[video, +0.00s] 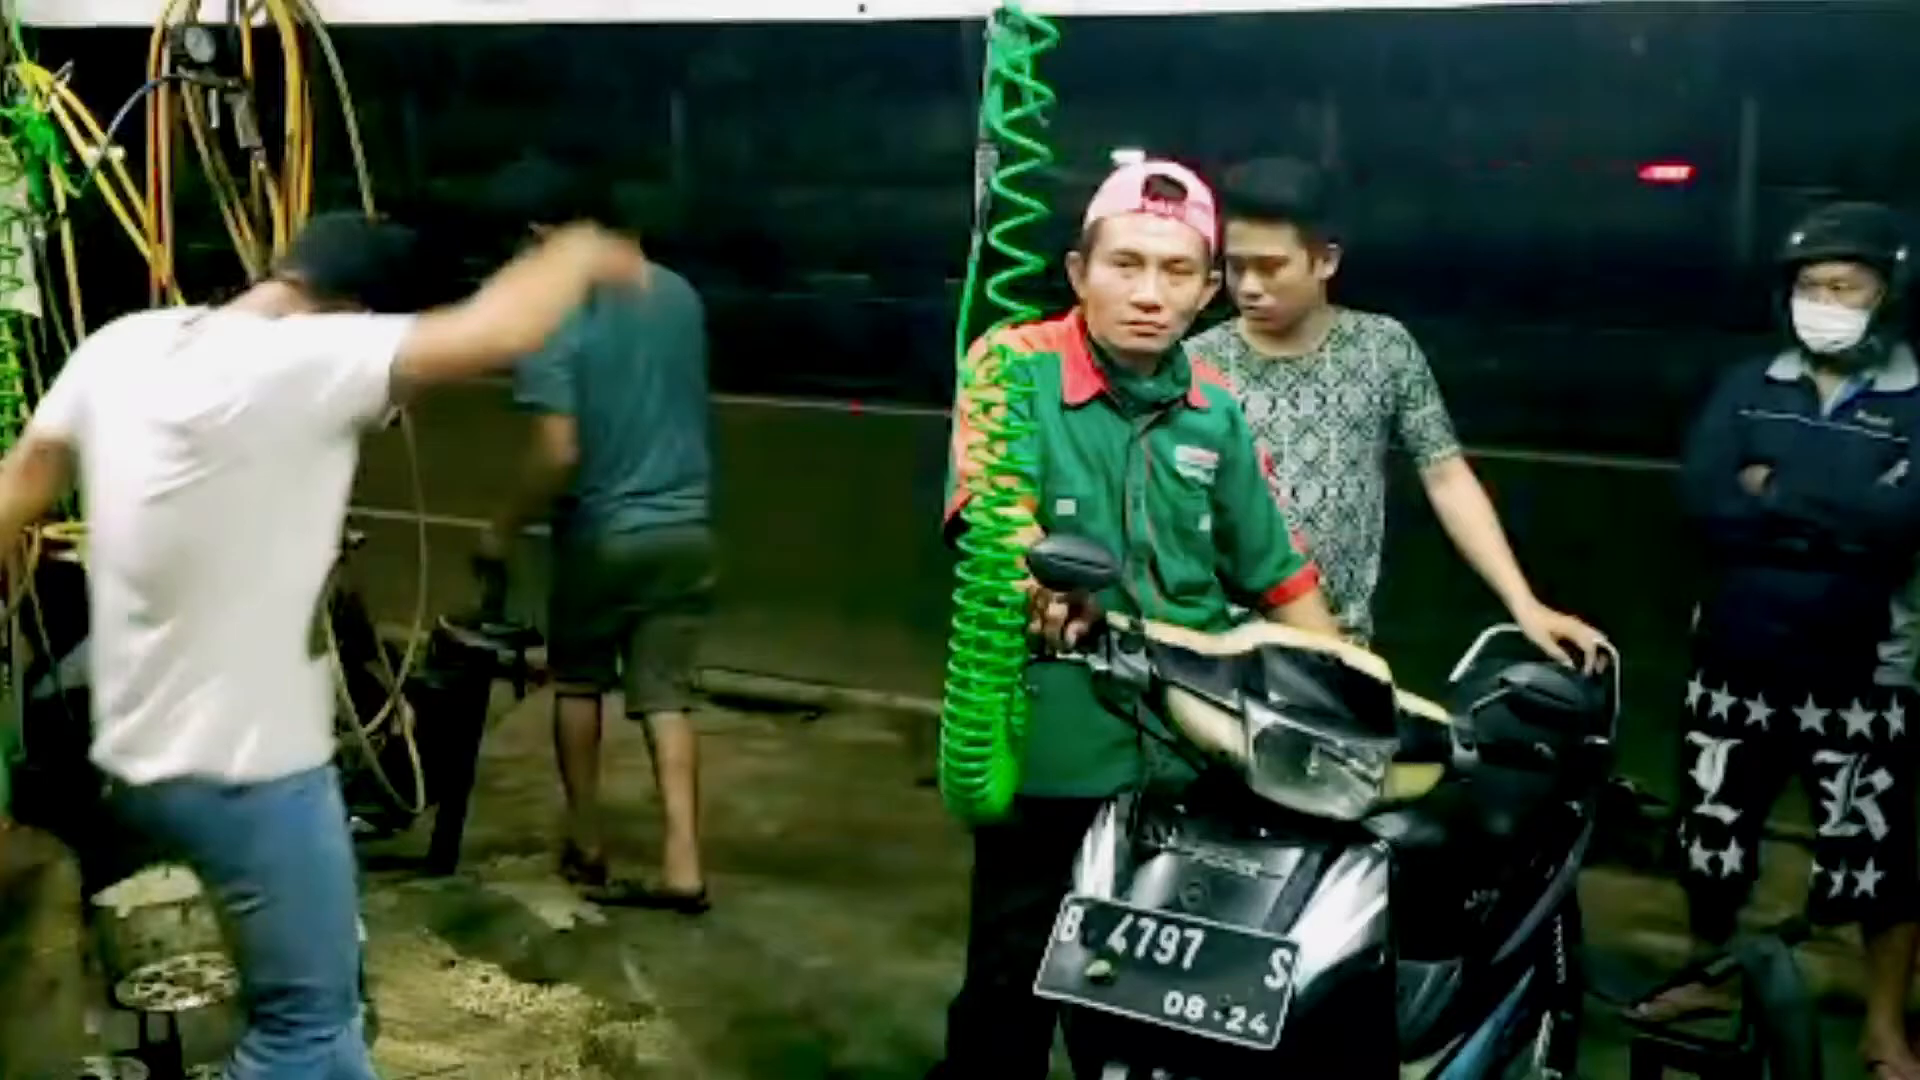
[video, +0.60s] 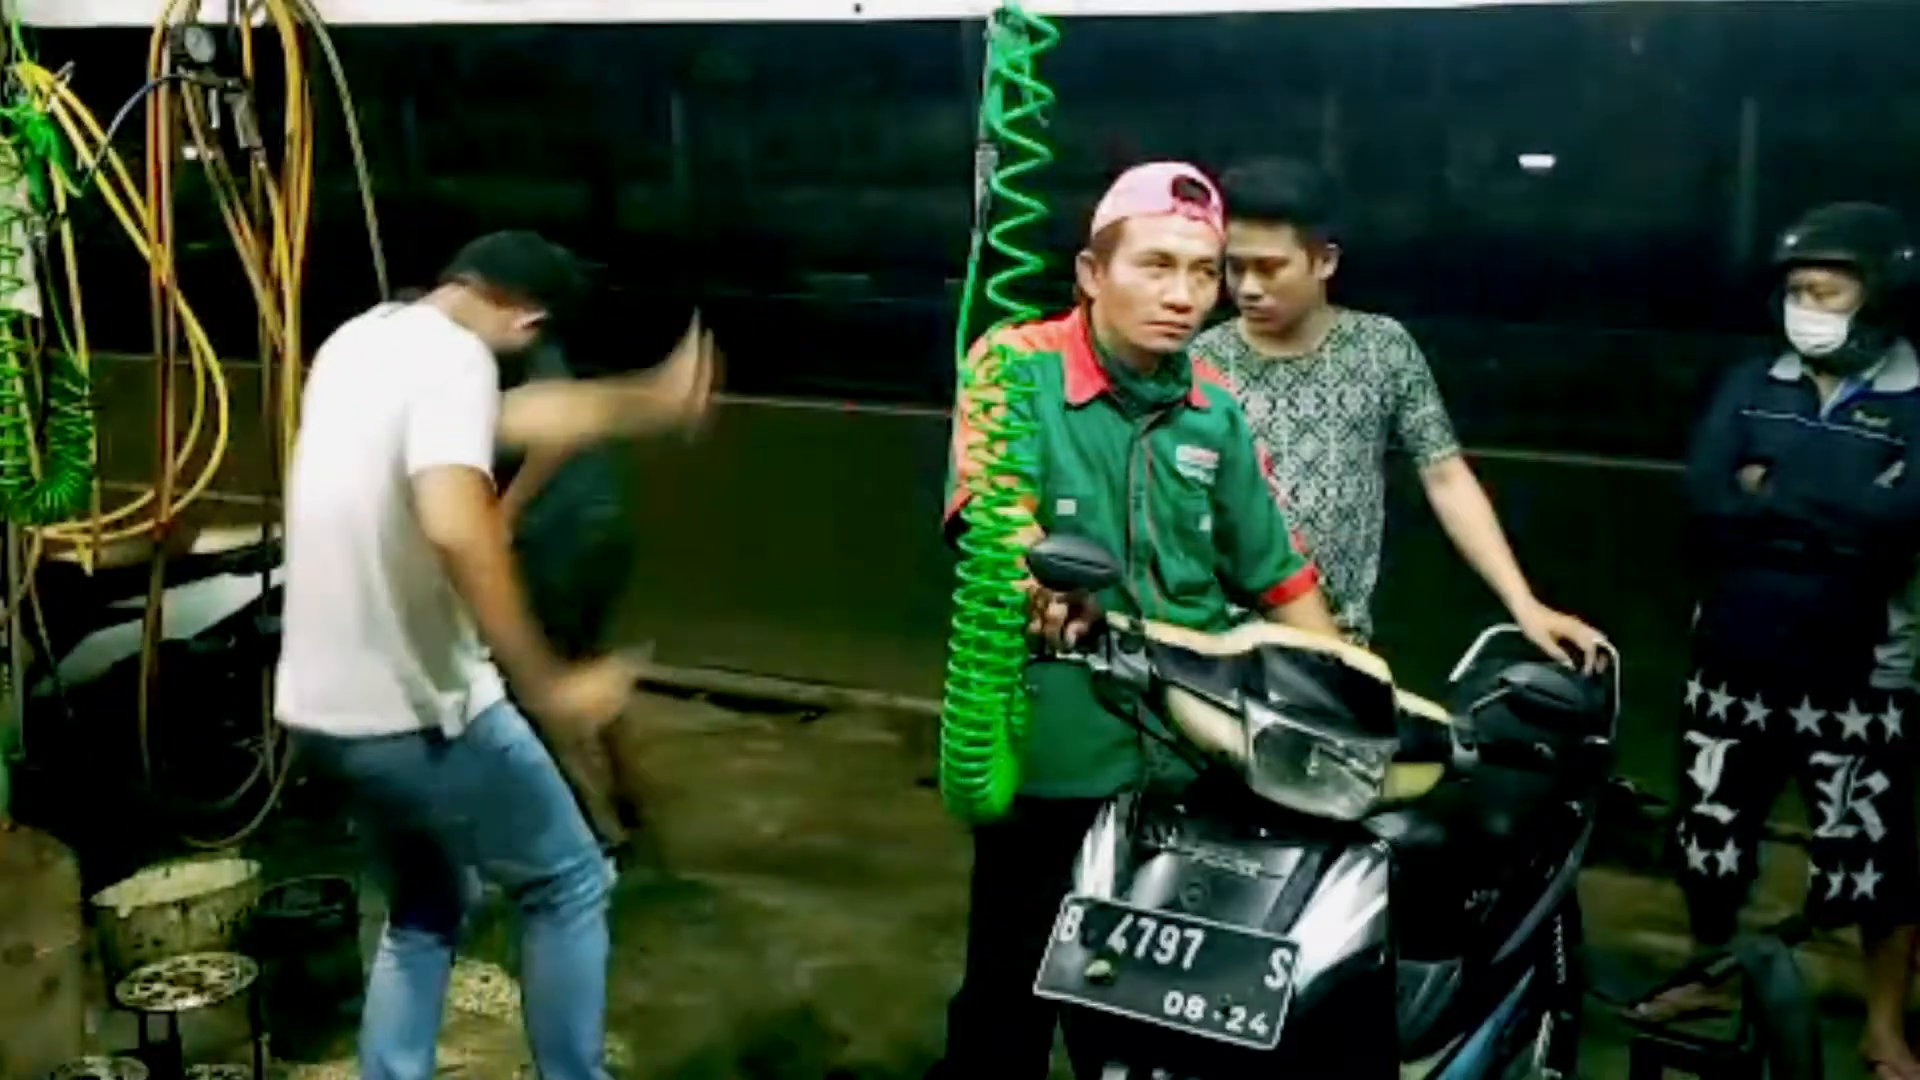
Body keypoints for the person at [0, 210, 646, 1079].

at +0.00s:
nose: (375, 329)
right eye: (377, 313)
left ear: (279, 266)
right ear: (362, 303)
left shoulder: (119, 347)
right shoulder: (321, 360)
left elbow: (16, 501)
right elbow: (497, 331)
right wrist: (577, 248)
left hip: (134, 762)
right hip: (256, 776)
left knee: (315, 981)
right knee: (307, 1029)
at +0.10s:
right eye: (393, 315)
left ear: (309, 267)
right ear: (374, 296)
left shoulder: (155, 327)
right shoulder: (353, 336)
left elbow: (21, 438)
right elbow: (511, 276)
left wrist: (101, 396)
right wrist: (574, 196)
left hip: (157, 746)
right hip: (279, 760)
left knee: (309, 986)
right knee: (306, 1018)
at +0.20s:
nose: (458, 345)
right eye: (451, 316)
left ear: (342, 260)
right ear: (411, 284)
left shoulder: (189, 314)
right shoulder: (384, 328)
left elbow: (20, 404)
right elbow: (539, 268)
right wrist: (579, 188)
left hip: (180, 737)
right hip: (298, 751)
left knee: (289, 974)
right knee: (332, 996)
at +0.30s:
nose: (475, 352)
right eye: (476, 331)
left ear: (381, 271)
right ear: (457, 312)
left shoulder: (233, 325)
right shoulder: (424, 346)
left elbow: (79, 445)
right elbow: (578, 343)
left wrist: (16, 559)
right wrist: (620, 257)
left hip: (224, 726)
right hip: (339, 740)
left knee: (342, 925)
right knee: (455, 927)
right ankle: (338, 1068)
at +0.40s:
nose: (470, 365)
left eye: (476, 352)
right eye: (479, 350)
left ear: (393, 291)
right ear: (462, 327)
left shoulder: (258, 359)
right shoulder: (417, 370)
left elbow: (235, 510)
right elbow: (544, 475)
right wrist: (641, 435)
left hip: (267, 727)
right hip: (376, 734)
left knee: (397, 910)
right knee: (525, 879)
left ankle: (383, 1069)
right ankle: (438, 1062)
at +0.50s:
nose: (491, 361)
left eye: (499, 346)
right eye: (499, 343)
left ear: (413, 293)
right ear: (481, 322)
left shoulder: (307, 365)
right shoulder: (432, 373)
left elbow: (367, 504)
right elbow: (482, 527)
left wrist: (497, 460)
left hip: (299, 719)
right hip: (398, 725)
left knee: (422, 892)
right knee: (571, 866)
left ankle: (391, 1068)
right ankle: (540, 1067)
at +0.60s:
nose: (521, 347)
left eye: (528, 333)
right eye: (531, 331)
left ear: (452, 280)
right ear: (517, 313)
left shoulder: (352, 344)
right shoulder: (454, 358)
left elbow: (517, 416)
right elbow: (455, 524)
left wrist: (657, 397)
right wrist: (546, 686)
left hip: (324, 704)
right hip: (425, 714)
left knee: (424, 911)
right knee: (570, 882)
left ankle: (391, 1071)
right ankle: (573, 1068)